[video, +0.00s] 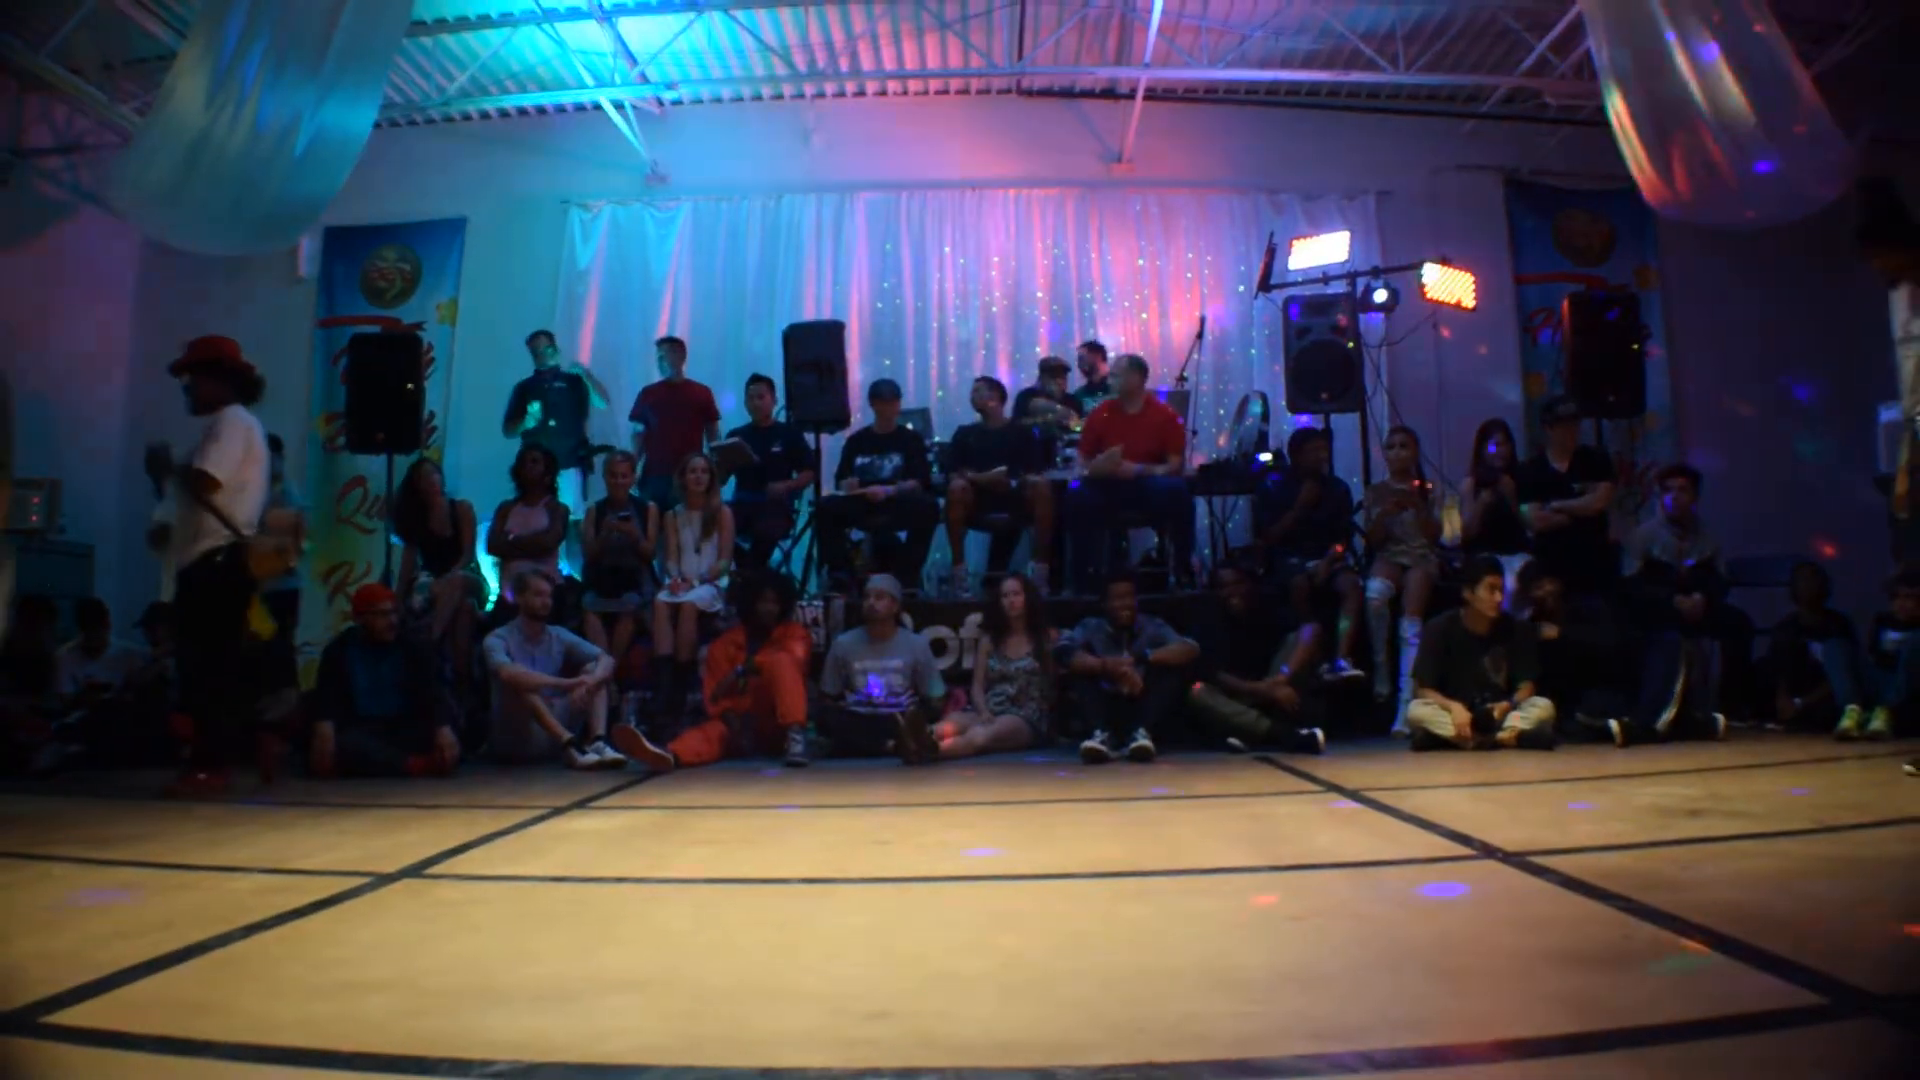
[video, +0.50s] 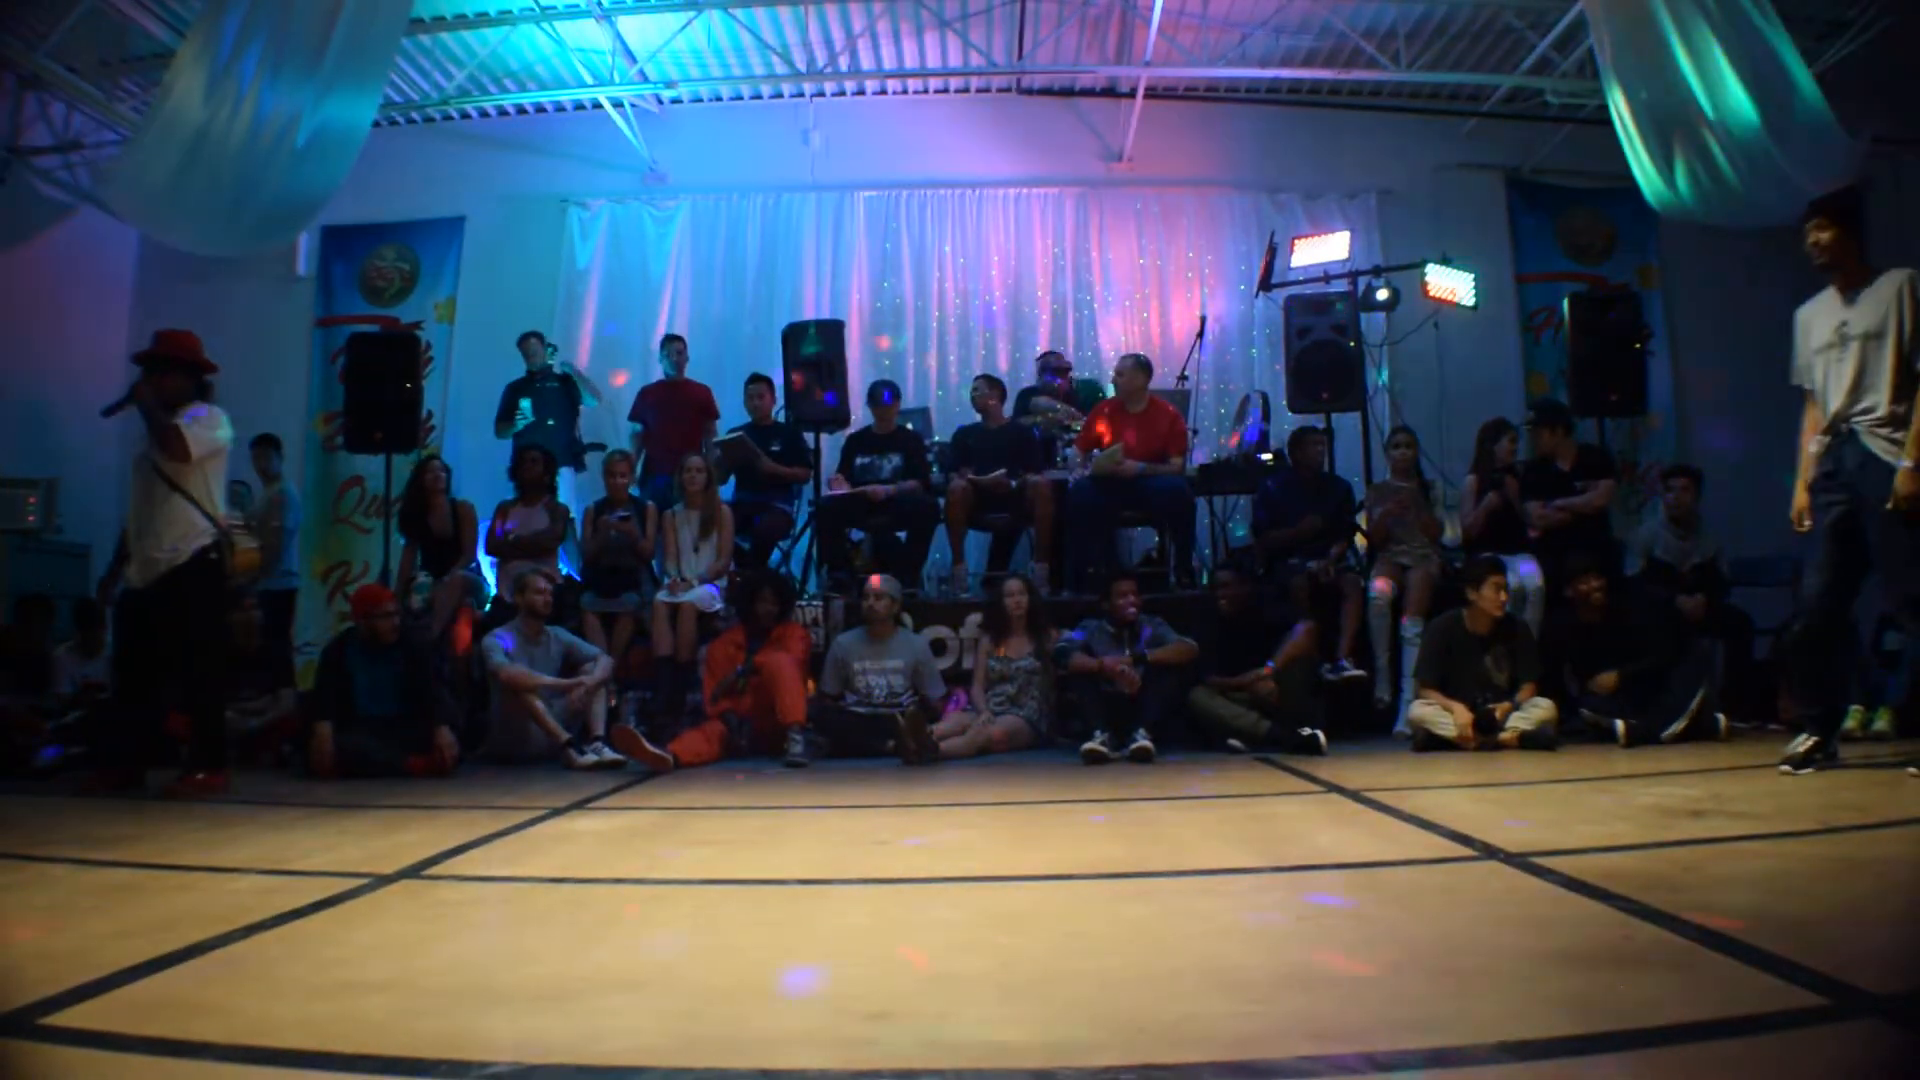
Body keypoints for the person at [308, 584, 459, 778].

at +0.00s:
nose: (392, 621)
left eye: (394, 613)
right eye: (383, 615)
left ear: (399, 613)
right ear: (363, 618)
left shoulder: (410, 645)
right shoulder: (340, 651)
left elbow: (431, 689)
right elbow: (326, 698)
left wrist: (443, 727)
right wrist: (325, 730)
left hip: (407, 721)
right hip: (358, 724)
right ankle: (407, 764)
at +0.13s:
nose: (391, 621)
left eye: (393, 613)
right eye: (381, 615)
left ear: (399, 613)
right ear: (362, 618)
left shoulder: (410, 644)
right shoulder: (339, 650)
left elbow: (431, 688)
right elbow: (324, 697)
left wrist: (442, 727)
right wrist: (324, 730)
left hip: (406, 721)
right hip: (357, 724)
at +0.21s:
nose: (394, 622)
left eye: (395, 614)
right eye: (384, 616)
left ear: (400, 613)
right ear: (363, 619)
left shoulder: (410, 645)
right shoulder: (339, 650)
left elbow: (431, 689)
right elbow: (323, 698)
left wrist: (442, 727)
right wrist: (323, 730)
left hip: (406, 722)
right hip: (357, 724)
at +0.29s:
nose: (394, 622)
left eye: (396, 614)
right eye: (385, 616)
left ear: (400, 614)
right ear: (363, 619)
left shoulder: (410, 645)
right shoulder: (339, 651)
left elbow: (431, 689)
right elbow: (323, 698)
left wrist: (442, 727)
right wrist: (324, 730)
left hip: (406, 722)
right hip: (357, 724)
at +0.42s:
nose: (395, 622)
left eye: (396, 615)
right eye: (386, 616)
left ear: (400, 614)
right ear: (364, 619)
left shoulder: (411, 645)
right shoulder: (339, 651)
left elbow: (431, 689)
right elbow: (324, 697)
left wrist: (442, 727)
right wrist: (324, 730)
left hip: (406, 722)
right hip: (357, 724)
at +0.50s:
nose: (395, 623)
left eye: (396, 615)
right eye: (386, 616)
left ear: (401, 614)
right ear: (364, 620)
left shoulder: (411, 645)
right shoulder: (340, 650)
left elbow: (431, 689)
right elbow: (324, 697)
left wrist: (442, 727)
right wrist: (324, 729)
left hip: (406, 722)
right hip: (357, 724)